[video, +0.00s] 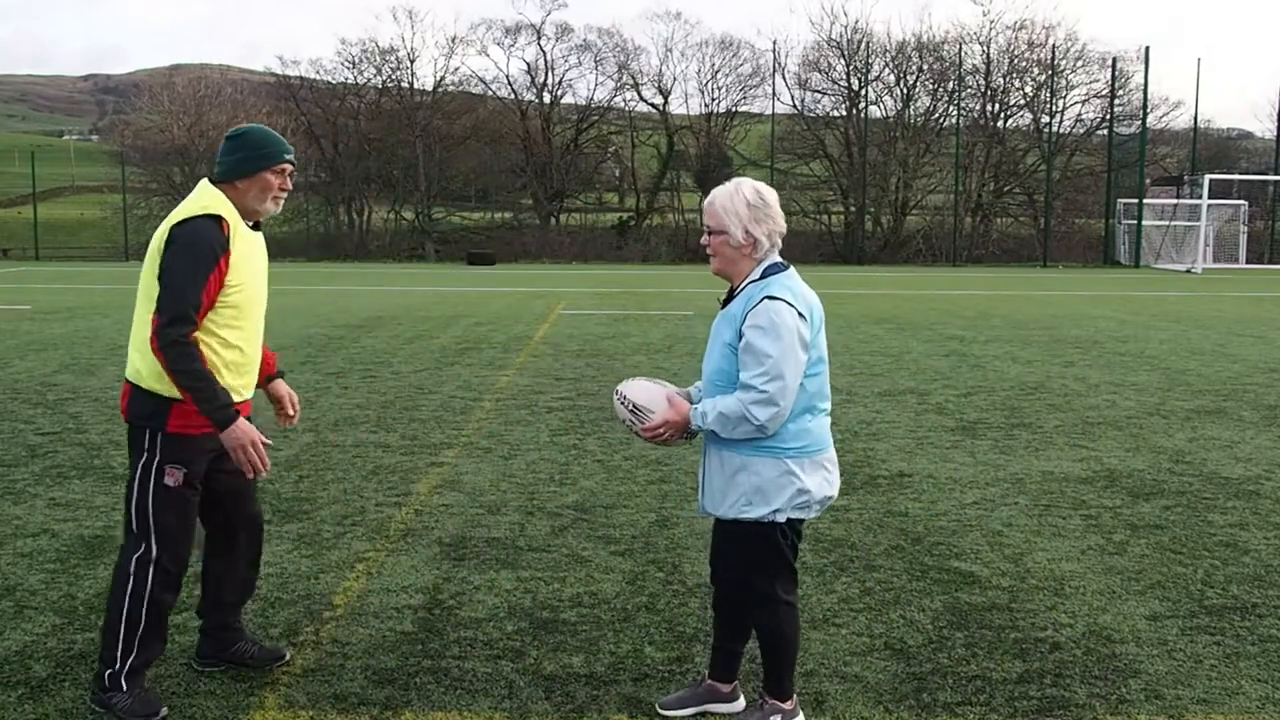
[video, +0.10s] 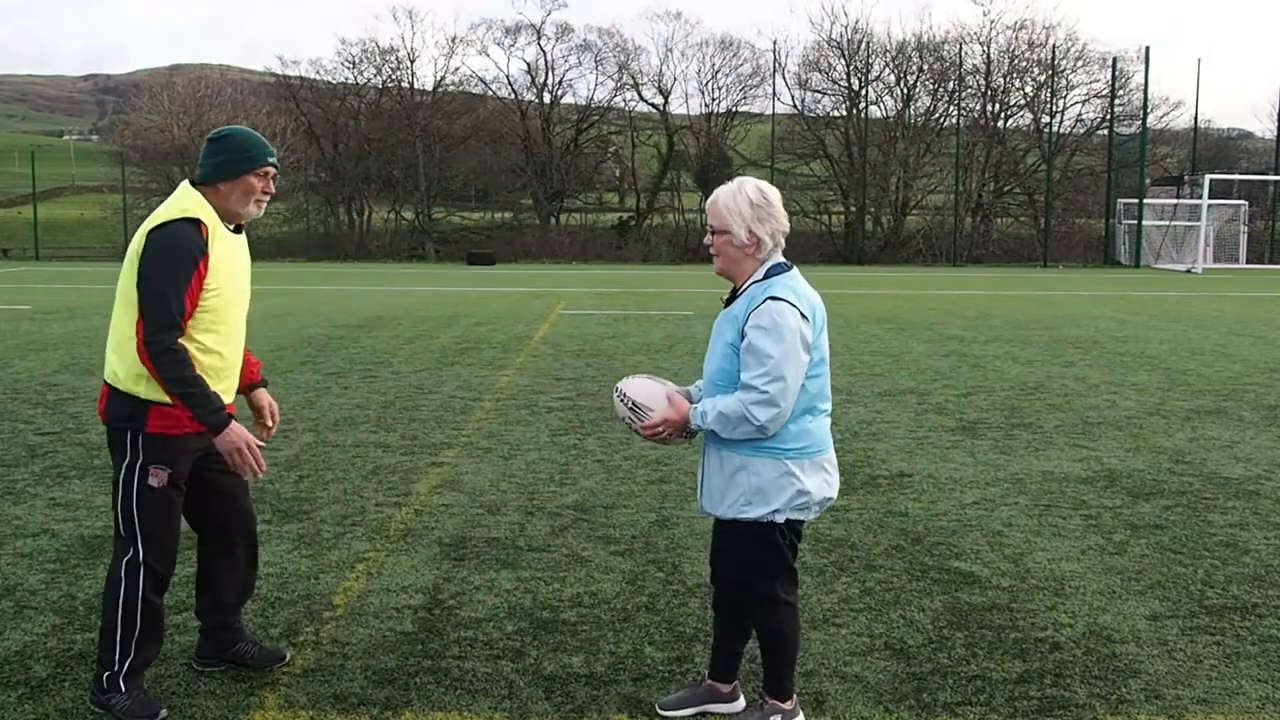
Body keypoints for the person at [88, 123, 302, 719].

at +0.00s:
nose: (285, 186)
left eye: (288, 177)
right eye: (275, 174)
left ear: (271, 181)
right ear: (238, 173)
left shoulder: (244, 228)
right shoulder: (201, 227)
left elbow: (237, 317)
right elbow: (172, 333)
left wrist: (270, 375)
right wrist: (226, 418)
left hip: (221, 413)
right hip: (170, 412)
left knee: (238, 526)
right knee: (155, 551)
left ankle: (222, 638)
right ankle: (118, 682)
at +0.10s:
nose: (269, 189)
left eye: (271, 178)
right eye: (259, 177)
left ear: (243, 183)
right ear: (223, 176)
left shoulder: (228, 232)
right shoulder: (179, 231)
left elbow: (216, 329)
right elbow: (159, 342)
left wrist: (254, 383)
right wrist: (219, 421)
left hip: (205, 413)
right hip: (150, 414)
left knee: (231, 528)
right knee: (145, 555)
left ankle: (222, 639)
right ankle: (117, 683)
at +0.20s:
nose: (254, 188)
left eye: (256, 178)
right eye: (244, 177)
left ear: (234, 182)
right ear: (206, 177)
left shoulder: (217, 232)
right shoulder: (161, 232)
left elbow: (209, 326)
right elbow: (142, 342)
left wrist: (243, 388)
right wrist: (203, 420)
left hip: (193, 409)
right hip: (138, 413)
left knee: (218, 526)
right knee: (145, 550)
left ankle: (220, 638)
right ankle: (117, 683)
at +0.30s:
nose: (244, 185)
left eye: (247, 175)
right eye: (235, 173)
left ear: (226, 179)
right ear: (197, 174)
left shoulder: (209, 230)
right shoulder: (152, 229)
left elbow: (199, 326)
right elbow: (126, 340)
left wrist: (237, 386)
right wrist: (184, 420)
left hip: (188, 408)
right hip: (133, 412)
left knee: (216, 526)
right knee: (142, 551)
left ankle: (206, 641)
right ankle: (117, 684)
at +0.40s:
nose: (238, 182)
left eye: (241, 172)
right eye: (229, 171)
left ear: (216, 175)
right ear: (190, 170)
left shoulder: (206, 227)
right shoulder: (146, 227)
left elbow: (199, 321)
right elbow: (117, 337)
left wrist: (236, 383)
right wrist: (170, 423)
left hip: (195, 410)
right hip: (135, 415)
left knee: (207, 533)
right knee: (139, 551)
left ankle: (205, 643)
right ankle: (117, 684)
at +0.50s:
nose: (237, 181)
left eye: (240, 171)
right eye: (228, 170)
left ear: (215, 174)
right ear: (188, 168)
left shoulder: (206, 227)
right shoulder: (144, 225)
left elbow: (199, 320)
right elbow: (113, 334)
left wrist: (235, 381)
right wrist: (165, 421)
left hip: (196, 410)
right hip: (137, 415)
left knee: (206, 532)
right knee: (138, 549)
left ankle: (204, 643)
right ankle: (118, 682)